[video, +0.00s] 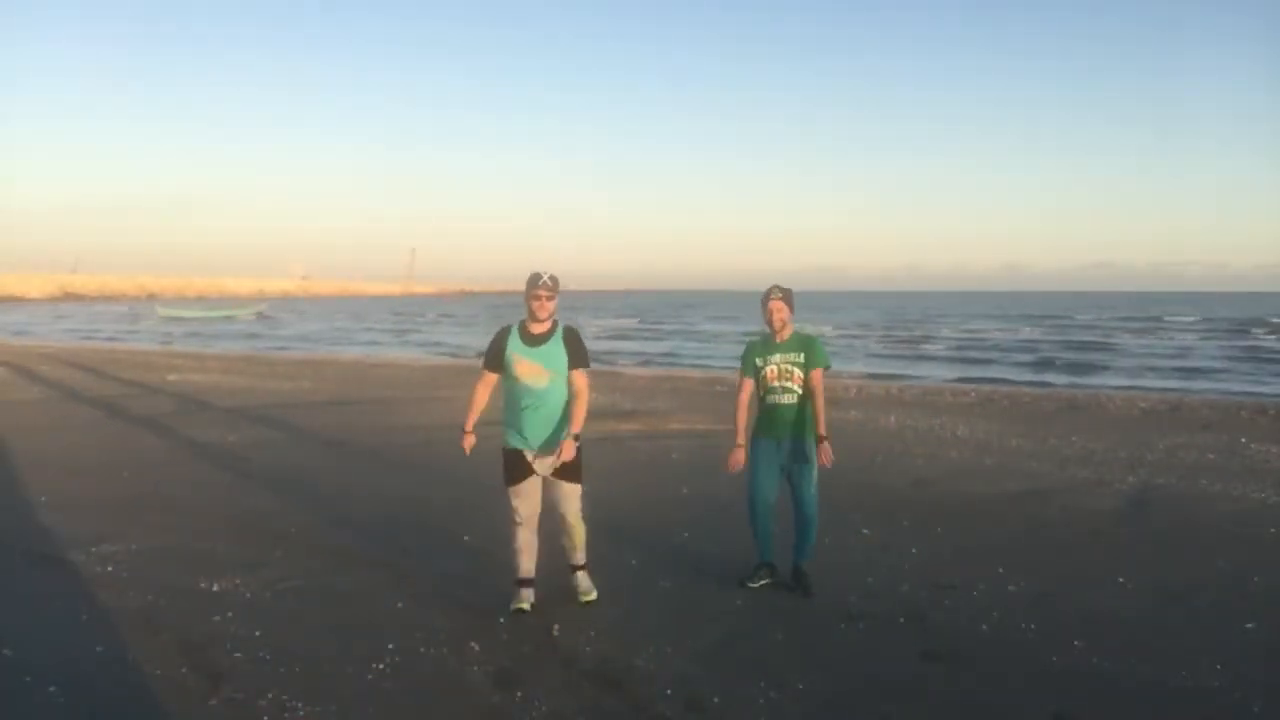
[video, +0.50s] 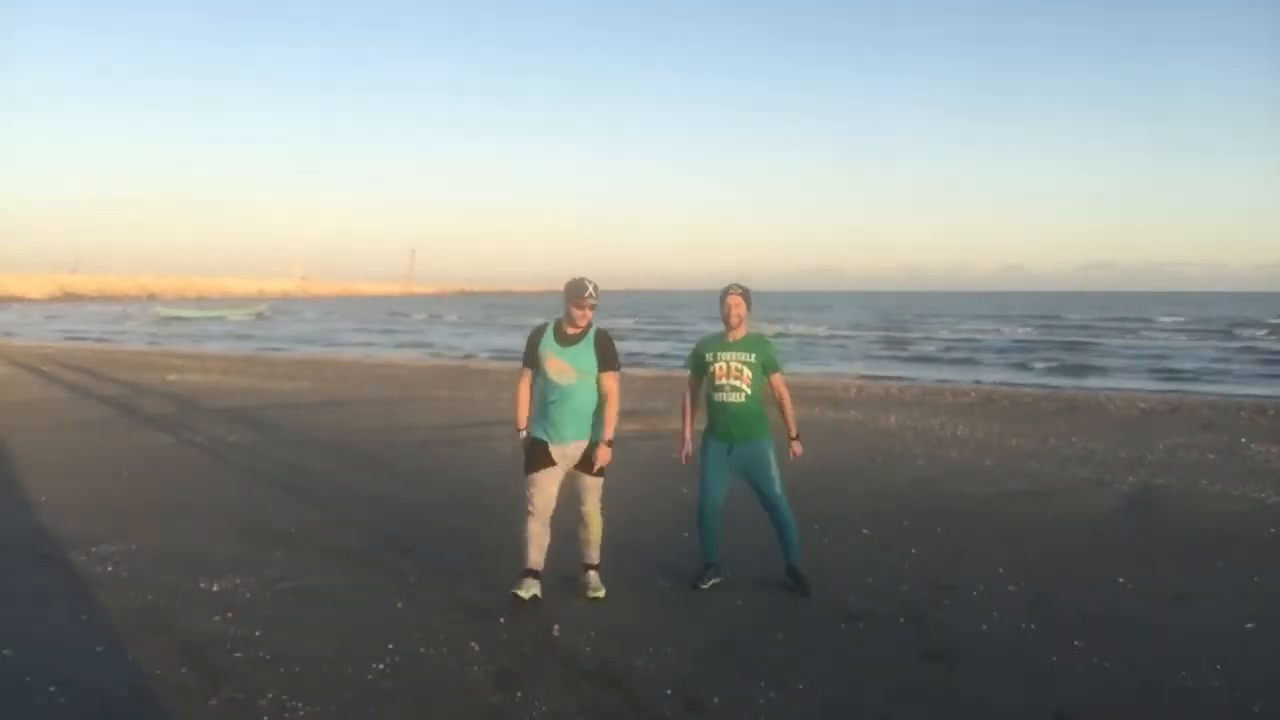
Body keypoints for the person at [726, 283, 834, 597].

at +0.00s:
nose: (774, 316)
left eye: (779, 310)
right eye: (769, 311)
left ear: (790, 312)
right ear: (764, 316)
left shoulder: (810, 345)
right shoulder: (755, 348)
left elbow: (817, 390)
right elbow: (744, 396)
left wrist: (821, 436)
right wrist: (740, 443)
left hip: (802, 437)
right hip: (766, 437)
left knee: (807, 505)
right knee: (760, 500)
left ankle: (800, 568)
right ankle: (765, 566)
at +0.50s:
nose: (731, 312)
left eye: (736, 306)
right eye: (726, 306)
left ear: (747, 311)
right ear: (720, 311)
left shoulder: (761, 347)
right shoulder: (705, 348)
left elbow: (781, 391)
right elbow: (692, 392)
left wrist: (793, 434)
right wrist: (686, 436)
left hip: (755, 439)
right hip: (717, 439)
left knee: (775, 500)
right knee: (708, 504)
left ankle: (793, 566)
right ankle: (711, 566)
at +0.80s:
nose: (720, 307)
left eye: (726, 302)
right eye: (715, 302)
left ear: (736, 305)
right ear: (709, 306)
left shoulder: (752, 338)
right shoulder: (694, 338)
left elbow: (762, 381)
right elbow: (679, 375)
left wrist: (747, 405)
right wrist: (679, 394)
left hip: (740, 428)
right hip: (705, 428)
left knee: (744, 499)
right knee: (705, 496)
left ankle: (741, 564)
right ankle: (710, 564)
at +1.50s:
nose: (741, 316)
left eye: (747, 311)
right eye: (736, 311)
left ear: (756, 317)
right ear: (728, 317)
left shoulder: (771, 357)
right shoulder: (713, 353)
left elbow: (786, 397)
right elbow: (692, 389)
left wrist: (797, 428)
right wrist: (698, 429)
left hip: (756, 449)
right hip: (717, 447)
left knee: (769, 516)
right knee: (710, 513)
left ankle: (773, 589)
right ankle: (711, 565)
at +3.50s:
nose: (748, 322)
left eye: (754, 315)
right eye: (742, 316)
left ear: (765, 317)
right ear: (735, 319)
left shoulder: (785, 355)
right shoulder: (721, 357)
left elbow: (791, 402)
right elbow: (709, 403)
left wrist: (785, 428)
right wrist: (722, 431)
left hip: (775, 452)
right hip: (736, 453)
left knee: (784, 527)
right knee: (738, 524)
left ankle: (781, 595)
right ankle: (741, 586)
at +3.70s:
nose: (745, 332)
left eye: (751, 326)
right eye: (739, 325)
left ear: (762, 328)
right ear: (732, 328)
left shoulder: (783, 366)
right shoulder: (717, 367)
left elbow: (804, 418)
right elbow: (698, 419)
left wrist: (788, 421)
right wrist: (691, 420)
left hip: (770, 465)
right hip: (727, 463)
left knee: (785, 536)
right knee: (707, 528)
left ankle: (782, 599)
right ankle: (695, 603)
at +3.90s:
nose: (723, 334)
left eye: (729, 327)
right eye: (717, 328)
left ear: (741, 329)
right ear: (710, 330)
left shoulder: (762, 369)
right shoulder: (693, 367)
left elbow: (782, 421)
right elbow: (665, 402)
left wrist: (773, 420)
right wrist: (655, 408)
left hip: (746, 475)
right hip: (700, 472)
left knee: (769, 543)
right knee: (667, 539)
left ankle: (782, 602)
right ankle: (634, 614)